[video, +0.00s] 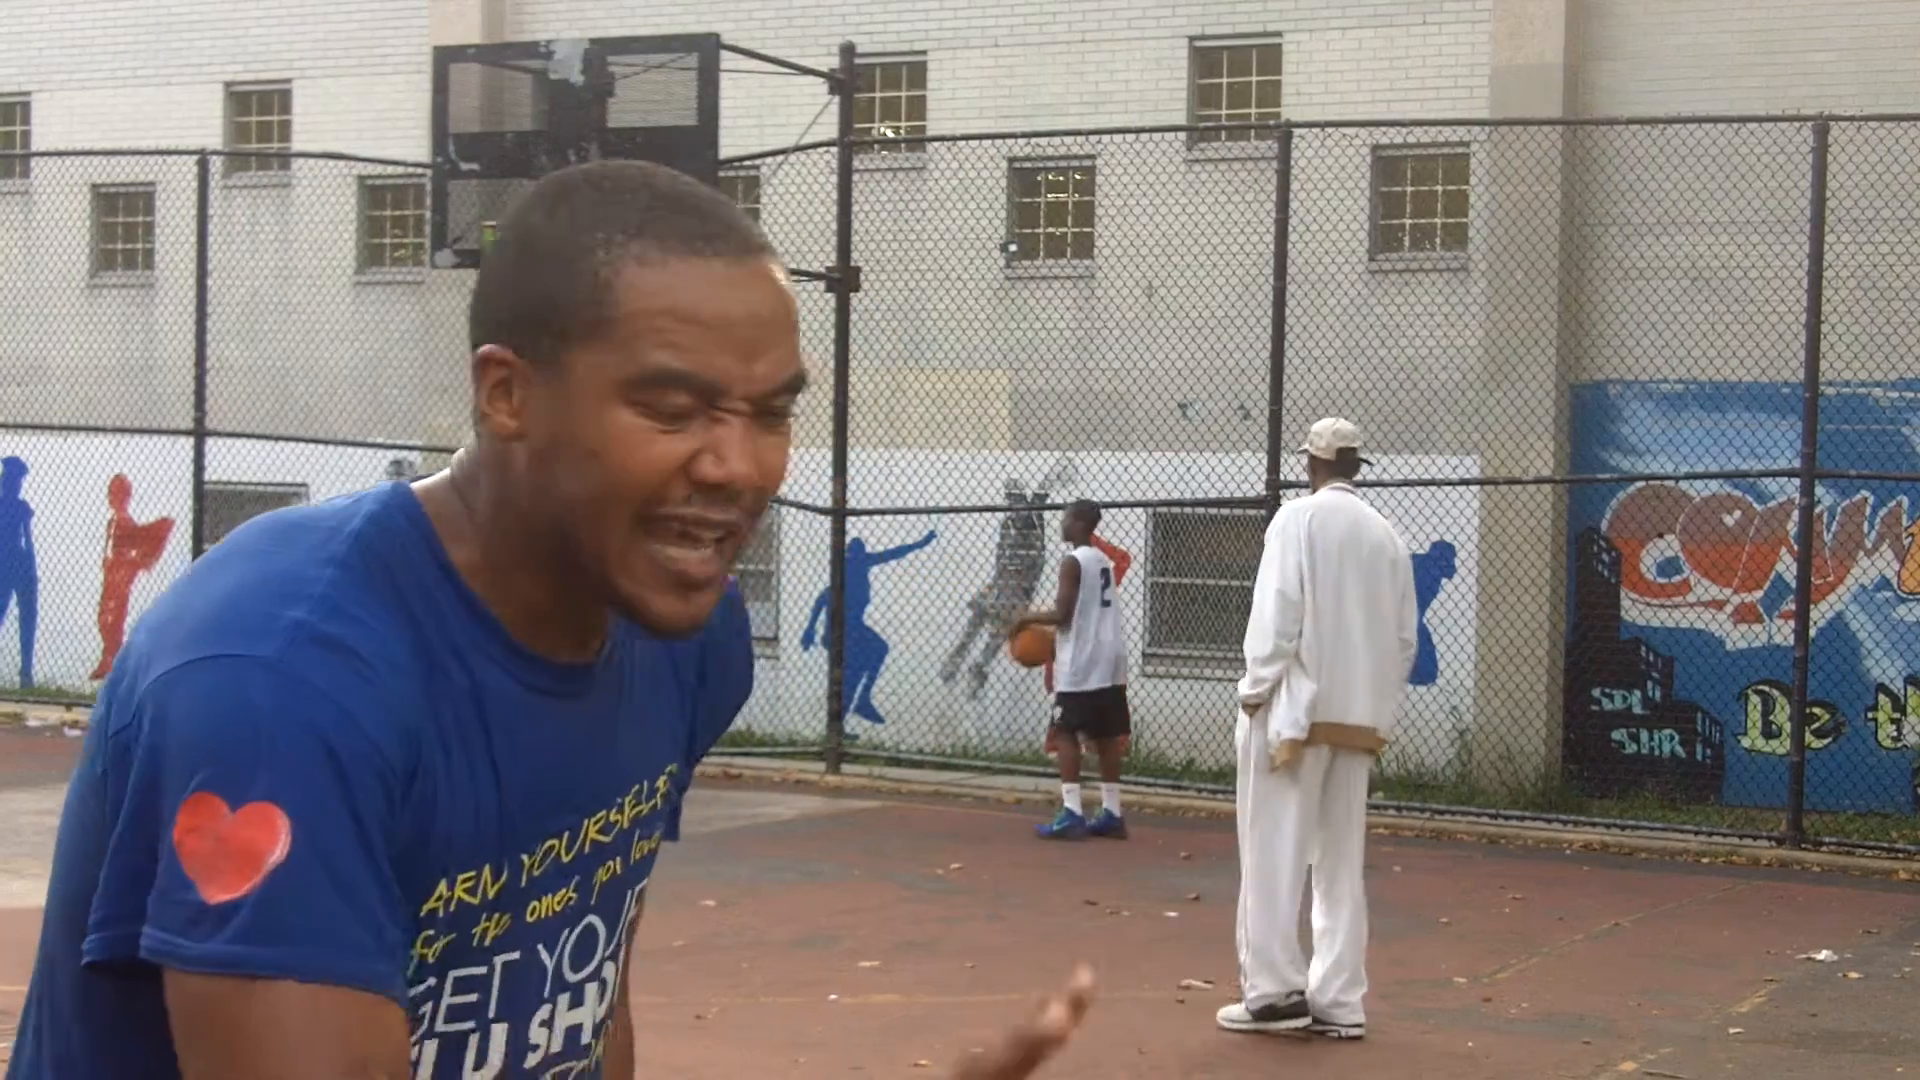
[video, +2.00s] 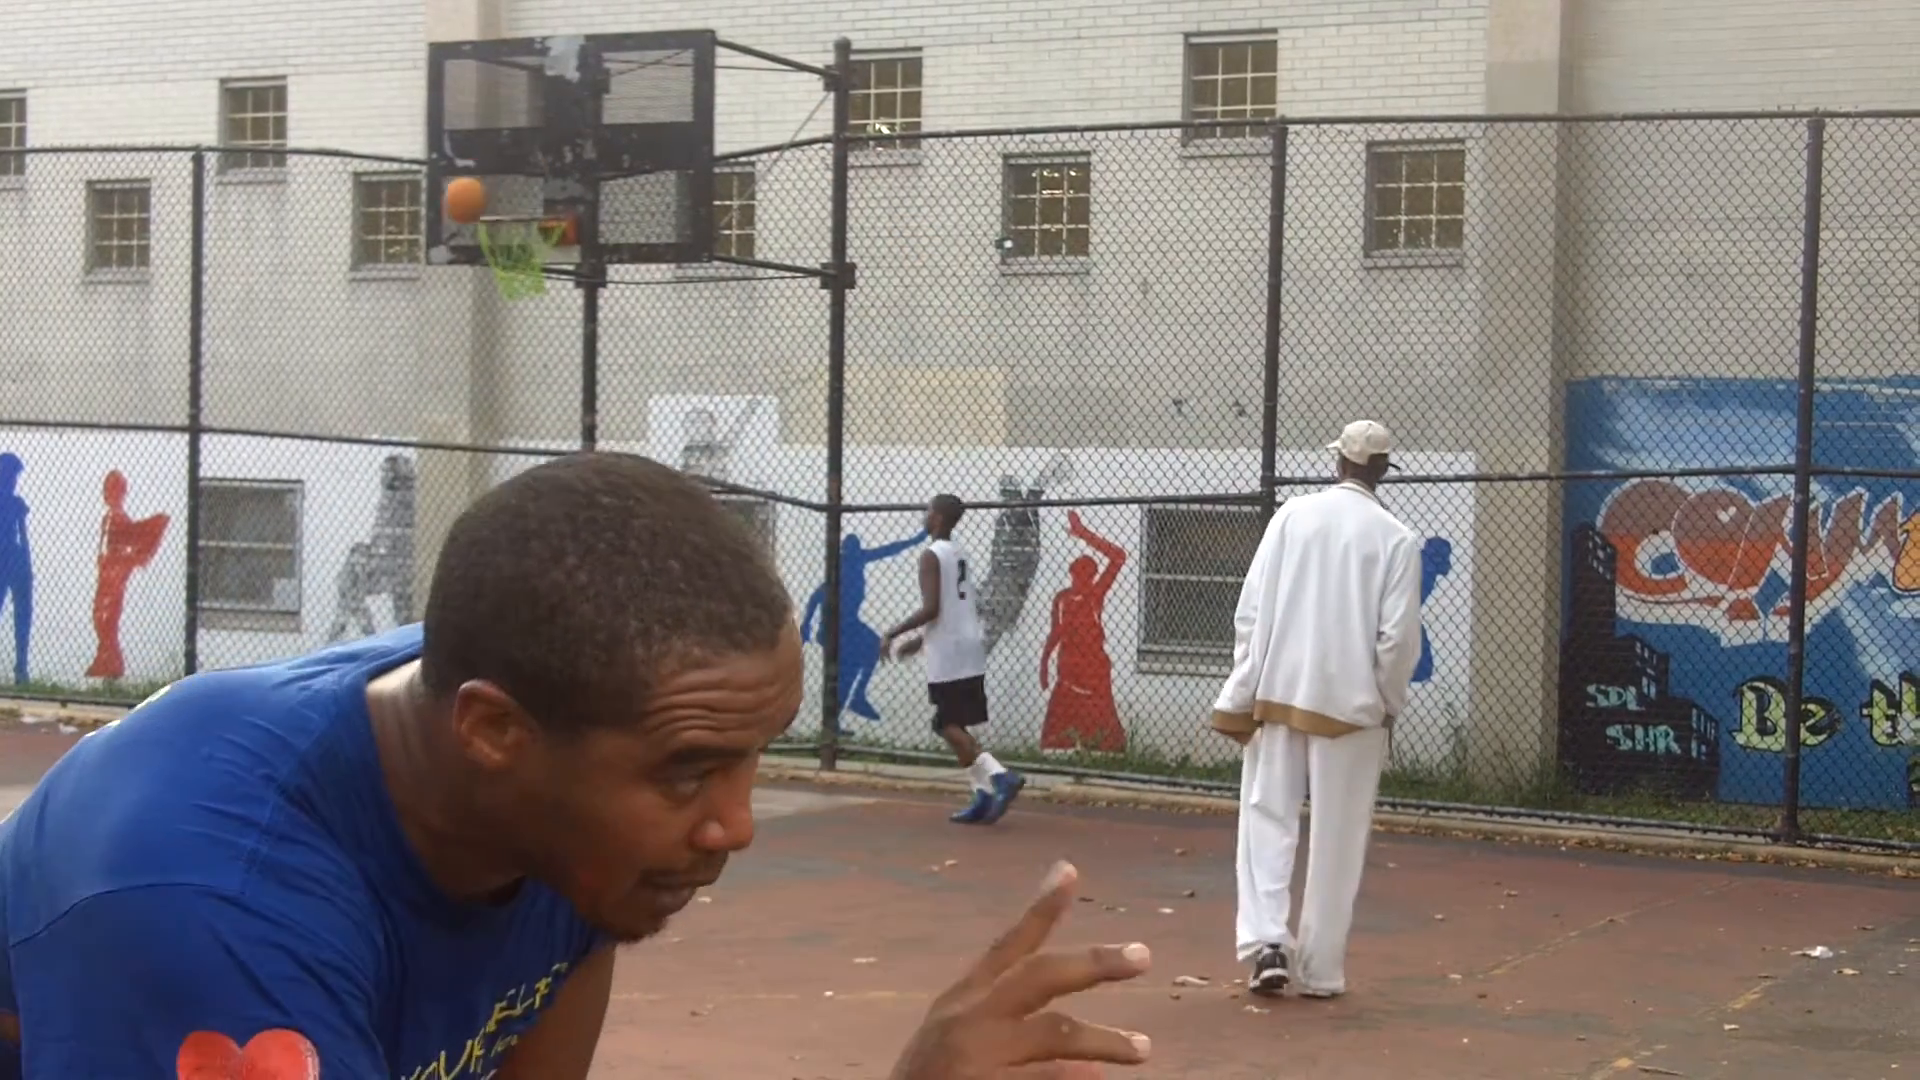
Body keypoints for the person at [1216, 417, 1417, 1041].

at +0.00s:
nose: (1304, 471)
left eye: (1306, 463)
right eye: (1311, 462)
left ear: (1313, 465)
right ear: (1358, 468)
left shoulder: (1297, 517)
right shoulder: (1390, 537)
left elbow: (1276, 618)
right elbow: (1405, 638)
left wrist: (1252, 695)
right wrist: (1382, 709)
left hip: (1292, 710)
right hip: (1359, 716)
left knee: (1272, 852)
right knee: (1340, 858)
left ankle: (1274, 991)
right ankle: (1340, 1004)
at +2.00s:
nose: (1360, 471)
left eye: (1346, 461)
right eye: (1375, 466)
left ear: (1336, 463)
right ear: (1383, 470)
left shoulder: (1290, 517)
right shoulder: (1395, 538)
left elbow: (1250, 613)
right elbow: (1396, 637)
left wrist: (1243, 690)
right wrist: (1390, 705)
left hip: (1277, 692)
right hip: (1350, 701)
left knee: (1266, 818)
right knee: (1339, 833)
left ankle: (1265, 942)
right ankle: (1321, 972)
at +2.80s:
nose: (1393, 473)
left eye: (1376, 465)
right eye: (1395, 466)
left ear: (1351, 472)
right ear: (1396, 471)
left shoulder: (1320, 532)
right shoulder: (1416, 532)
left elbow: (1298, 627)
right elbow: (1428, 625)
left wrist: (1312, 695)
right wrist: (1438, 696)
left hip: (1334, 697)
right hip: (1396, 698)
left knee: (1346, 823)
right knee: (1390, 828)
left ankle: (1364, 946)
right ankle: (1337, 934)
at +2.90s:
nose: (1395, 475)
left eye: (1376, 468)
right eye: (1398, 467)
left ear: (1356, 475)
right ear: (1400, 473)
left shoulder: (1326, 534)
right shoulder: (1425, 530)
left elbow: (1306, 629)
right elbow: (1438, 624)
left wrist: (1312, 704)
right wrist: (1452, 693)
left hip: (1342, 697)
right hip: (1407, 696)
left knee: (1353, 822)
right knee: (1409, 826)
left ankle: (1369, 945)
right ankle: (1356, 921)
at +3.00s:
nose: (1399, 477)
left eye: (1380, 470)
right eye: (1404, 470)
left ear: (1364, 476)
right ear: (1408, 474)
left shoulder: (1333, 532)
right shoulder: (1434, 530)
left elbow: (1312, 629)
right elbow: (1447, 623)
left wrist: (1316, 703)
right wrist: (1461, 692)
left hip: (1349, 695)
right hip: (1417, 694)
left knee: (1354, 822)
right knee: (1424, 826)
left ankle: (1358, 950)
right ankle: (1382, 930)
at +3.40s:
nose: (1463, 482)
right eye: (1467, 475)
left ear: (1422, 472)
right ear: (1466, 476)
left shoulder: (1380, 523)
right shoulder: (1483, 538)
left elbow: (1346, 618)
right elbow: (1490, 631)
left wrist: (1347, 692)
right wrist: (1490, 699)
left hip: (1375, 693)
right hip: (1450, 698)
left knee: (1363, 822)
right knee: (1456, 831)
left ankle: (1360, 943)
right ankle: (1461, 959)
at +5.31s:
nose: (1376, 477)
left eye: (1382, 469)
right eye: (1378, 468)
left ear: (1402, 471)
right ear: (1425, 473)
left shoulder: (1398, 527)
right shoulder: (1469, 527)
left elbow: (1395, 629)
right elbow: (1496, 618)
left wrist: (1381, 698)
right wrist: (1481, 690)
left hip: (1414, 704)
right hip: (1466, 702)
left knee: (1414, 833)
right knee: (1460, 827)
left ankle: (1433, 958)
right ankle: (1474, 956)